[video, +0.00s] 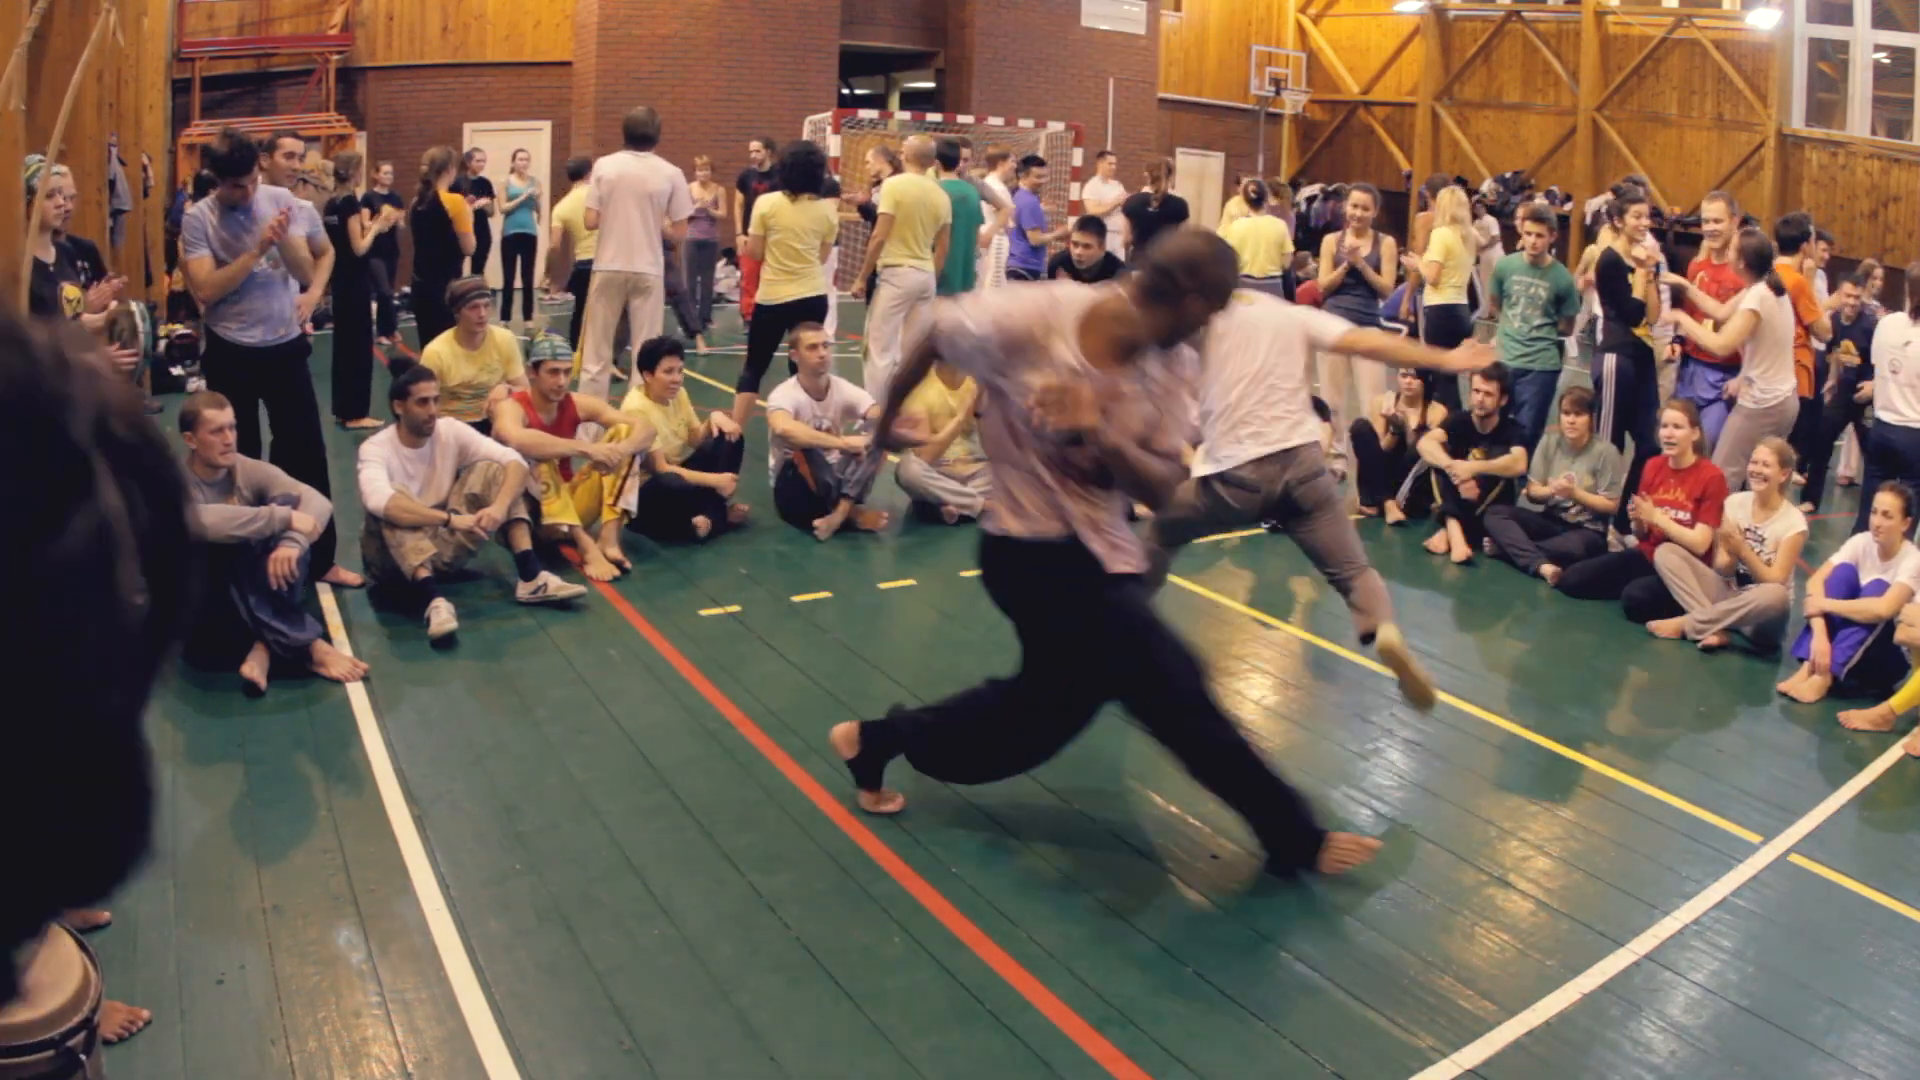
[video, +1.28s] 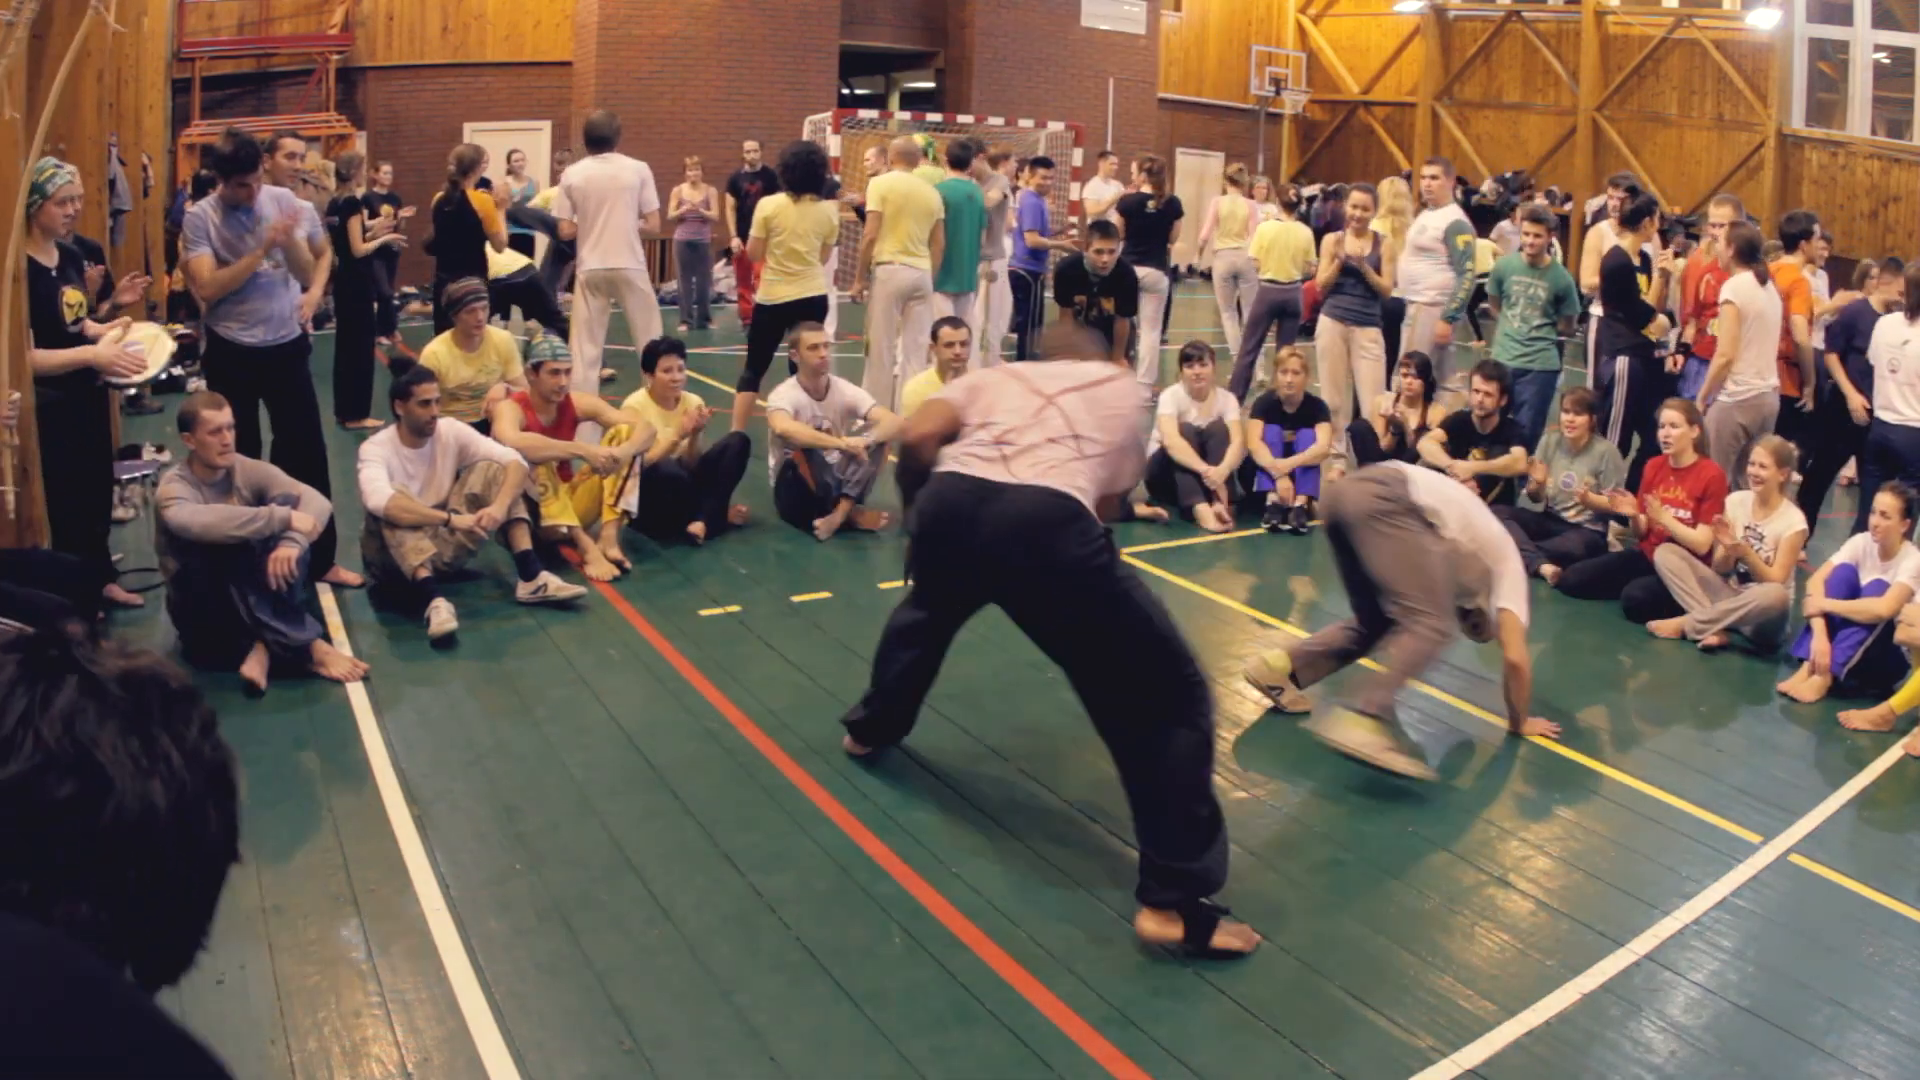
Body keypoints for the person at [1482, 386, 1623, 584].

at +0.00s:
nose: (1571, 421)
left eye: (1578, 415)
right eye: (1566, 414)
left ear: (1590, 418)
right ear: (1559, 416)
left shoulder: (1606, 452)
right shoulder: (1548, 443)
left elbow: (1612, 505)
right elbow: (1532, 491)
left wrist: (1574, 493)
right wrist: (1552, 490)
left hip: (1585, 529)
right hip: (1547, 519)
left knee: (1575, 548)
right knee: (1494, 514)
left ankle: (1510, 550)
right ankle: (1539, 566)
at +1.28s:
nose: (1570, 420)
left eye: (1578, 414)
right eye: (1566, 412)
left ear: (1592, 420)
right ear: (1559, 415)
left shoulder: (1606, 451)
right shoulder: (1550, 441)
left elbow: (1617, 505)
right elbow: (1533, 497)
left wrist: (1589, 499)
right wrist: (1536, 484)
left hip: (1585, 529)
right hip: (1549, 518)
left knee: (1574, 548)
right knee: (1497, 512)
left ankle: (1510, 553)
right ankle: (1539, 565)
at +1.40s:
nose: (1572, 419)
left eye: (1580, 414)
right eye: (1567, 412)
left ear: (1593, 419)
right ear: (1560, 415)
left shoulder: (1607, 452)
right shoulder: (1549, 441)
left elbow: (1609, 505)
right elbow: (1534, 489)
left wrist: (1574, 490)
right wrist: (1553, 491)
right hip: (1551, 516)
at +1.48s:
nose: (1572, 419)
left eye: (1580, 414)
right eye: (1568, 412)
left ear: (1594, 419)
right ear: (1561, 414)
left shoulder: (1607, 452)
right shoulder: (1549, 441)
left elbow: (1613, 504)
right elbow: (1533, 483)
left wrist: (1581, 493)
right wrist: (1557, 483)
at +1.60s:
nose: (1572, 420)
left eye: (1580, 414)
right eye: (1568, 412)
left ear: (1594, 420)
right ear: (1561, 414)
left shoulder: (1607, 452)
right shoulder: (1550, 440)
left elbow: (1615, 504)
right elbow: (1532, 494)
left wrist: (1586, 497)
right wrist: (1541, 487)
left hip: (1583, 522)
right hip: (1546, 514)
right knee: (1494, 513)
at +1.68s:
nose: (1574, 420)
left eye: (1581, 414)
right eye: (1569, 413)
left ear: (1594, 419)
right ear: (1562, 415)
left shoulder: (1607, 452)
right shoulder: (1549, 442)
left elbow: (1610, 505)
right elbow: (1532, 489)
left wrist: (1576, 492)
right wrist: (1554, 489)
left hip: (1586, 525)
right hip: (1548, 517)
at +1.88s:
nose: (1575, 420)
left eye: (1582, 415)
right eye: (1570, 413)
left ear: (1594, 419)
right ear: (1562, 416)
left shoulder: (1608, 453)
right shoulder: (1549, 441)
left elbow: (1615, 504)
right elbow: (1531, 486)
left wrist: (1583, 496)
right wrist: (1542, 485)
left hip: (1586, 527)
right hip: (1546, 519)